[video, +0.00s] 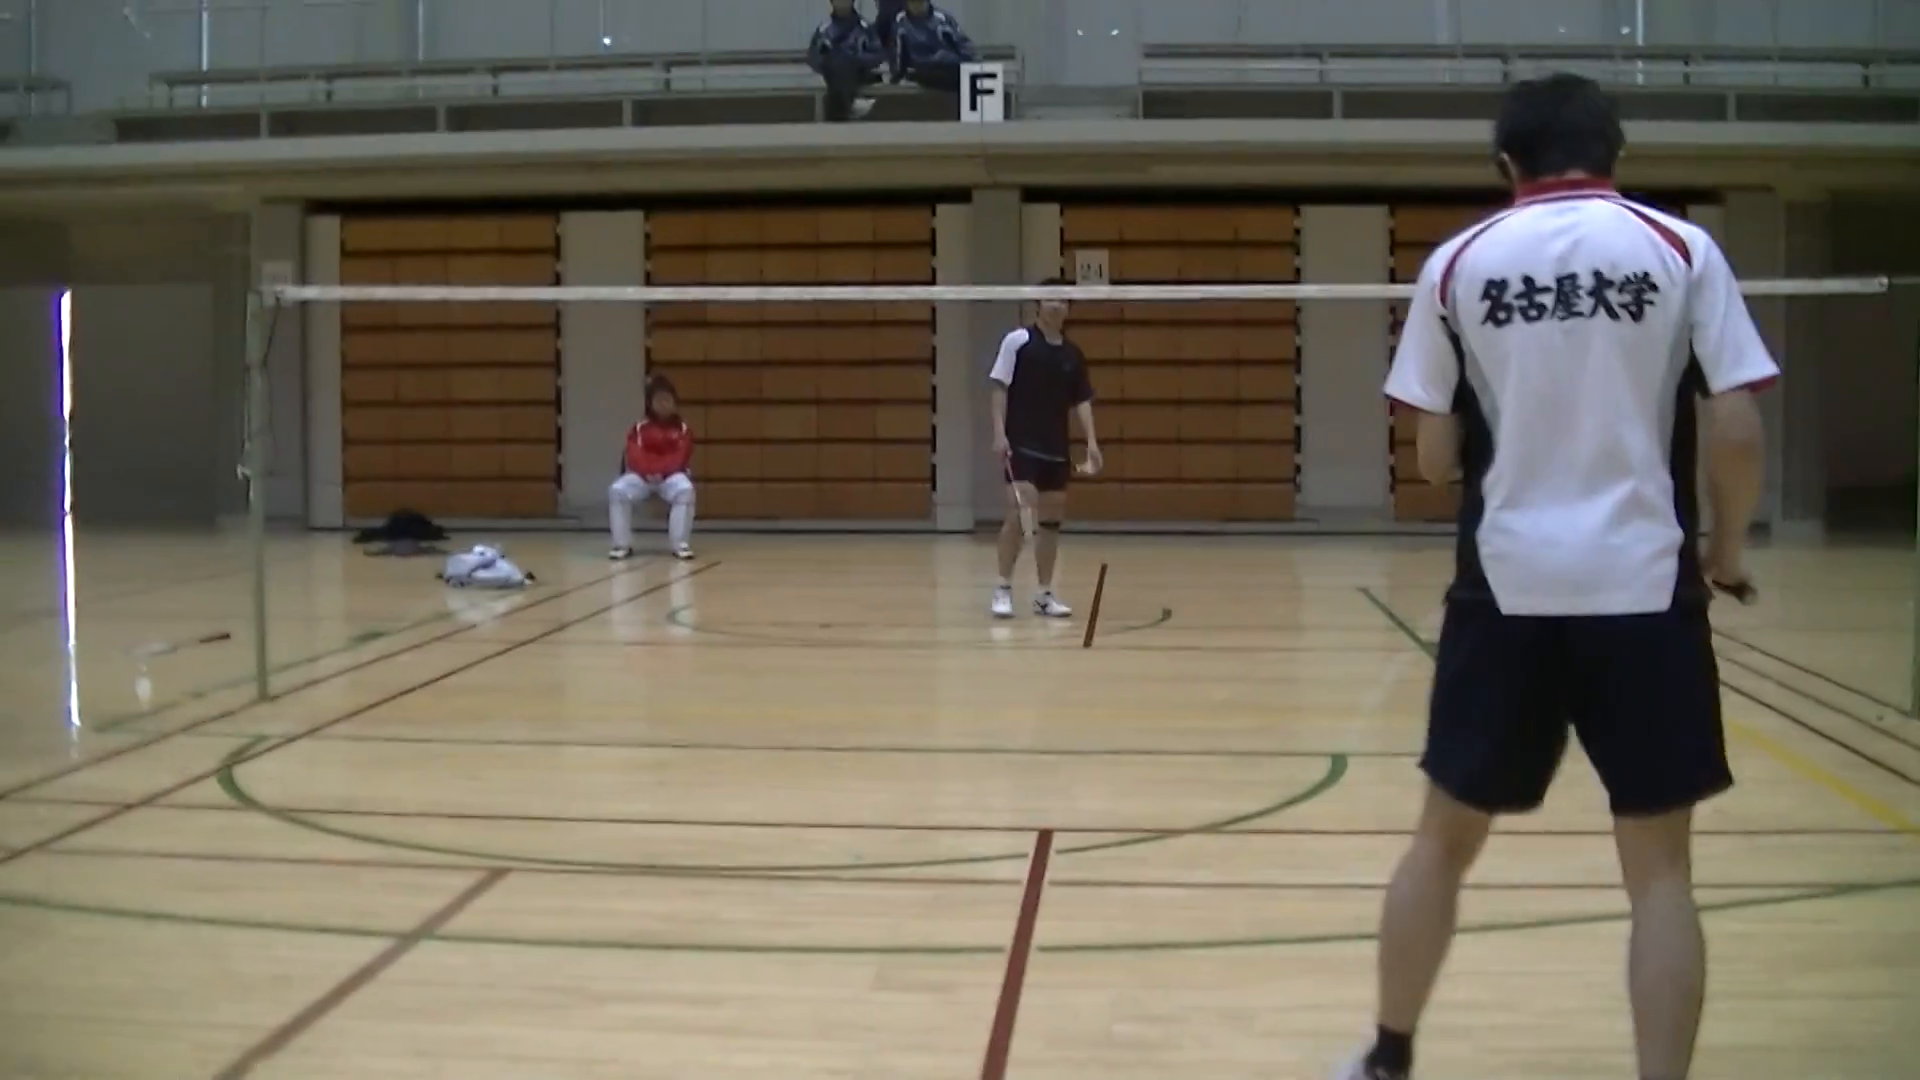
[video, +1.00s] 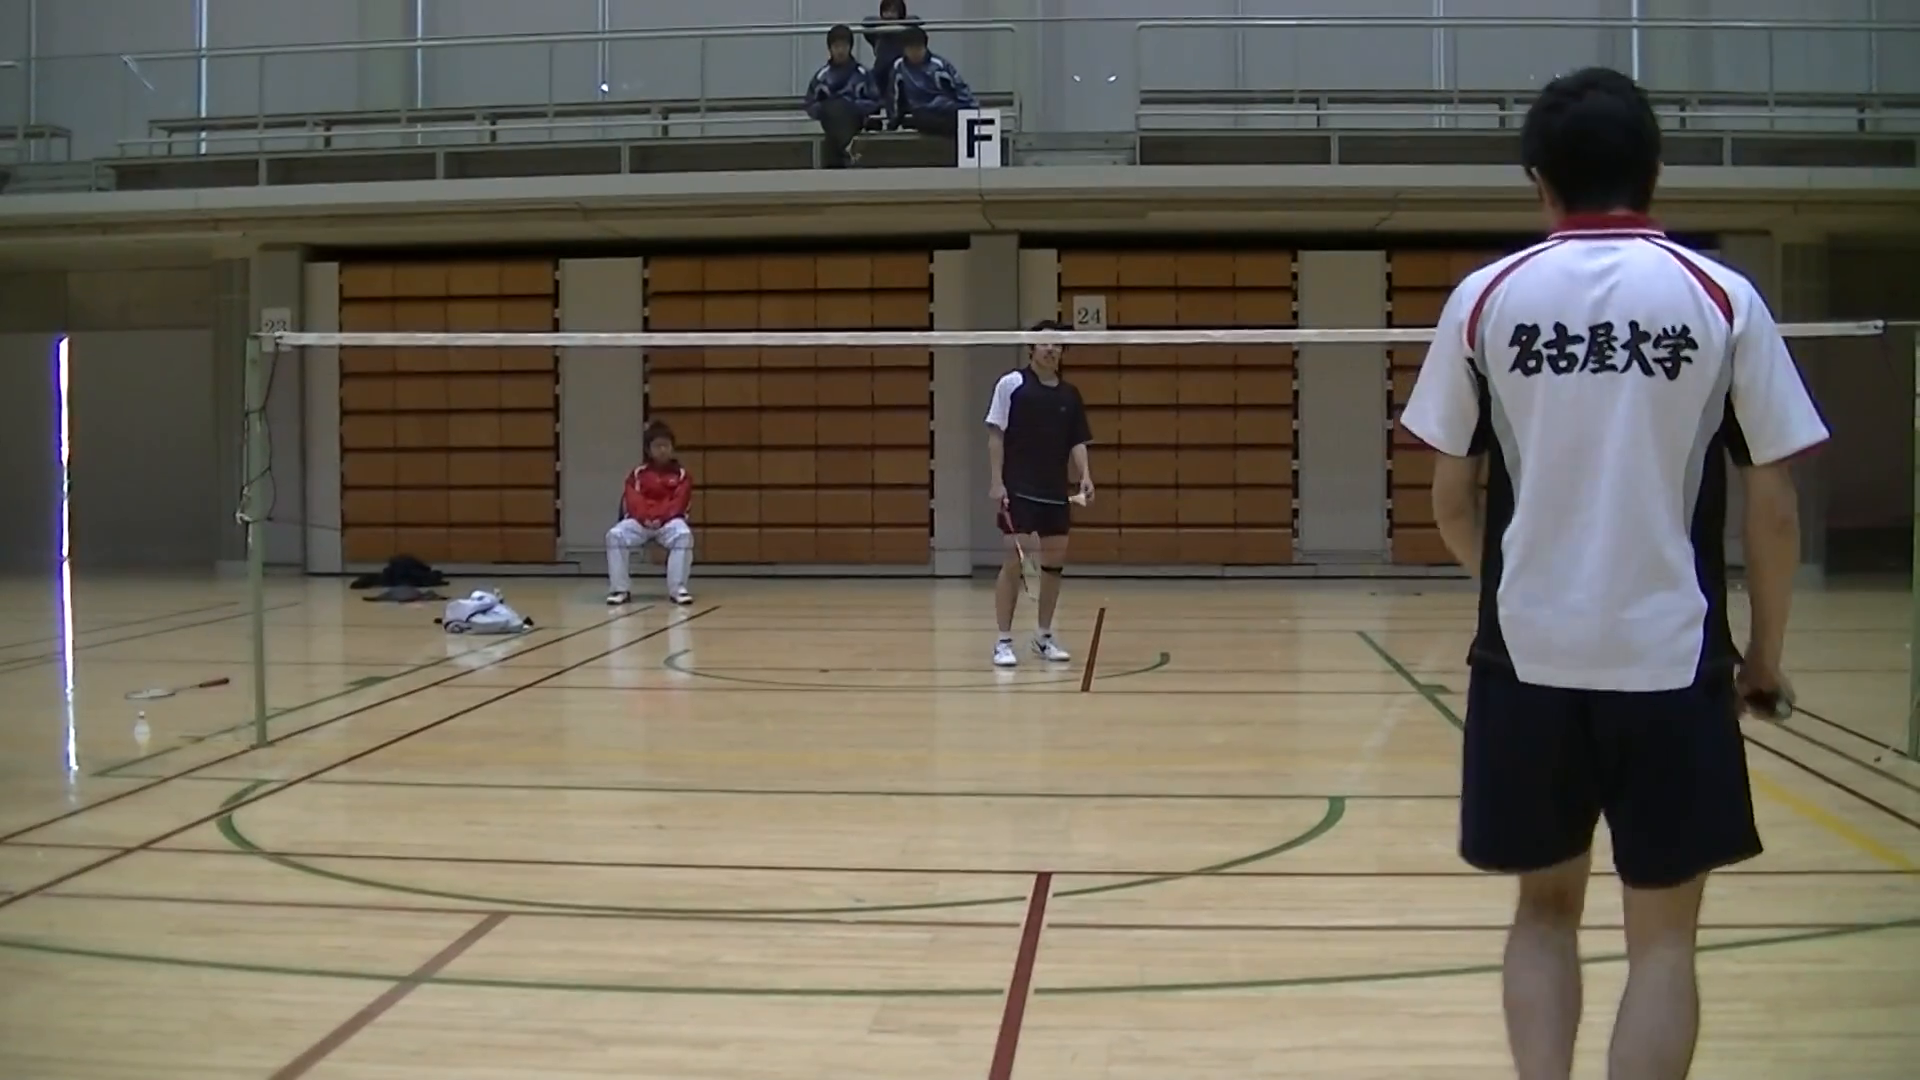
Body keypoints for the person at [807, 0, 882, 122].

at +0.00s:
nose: (842, 5)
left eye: (845, 2)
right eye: (838, 2)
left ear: (852, 3)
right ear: (832, 3)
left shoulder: (866, 27)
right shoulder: (824, 29)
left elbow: (878, 55)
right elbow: (812, 57)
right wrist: (829, 70)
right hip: (834, 82)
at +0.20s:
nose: (843, 36)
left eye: (847, 31)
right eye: (839, 32)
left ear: (854, 33)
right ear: (833, 34)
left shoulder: (865, 59)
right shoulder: (824, 60)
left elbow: (879, 87)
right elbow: (813, 90)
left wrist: (854, 91)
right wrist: (830, 96)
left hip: (858, 106)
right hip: (832, 107)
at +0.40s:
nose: (843, 43)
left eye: (847, 38)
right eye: (839, 39)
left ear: (853, 40)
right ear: (832, 40)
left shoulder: (865, 65)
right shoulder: (824, 67)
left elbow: (878, 94)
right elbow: (813, 97)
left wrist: (853, 99)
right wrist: (830, 102)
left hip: (857, 112)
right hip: (832, 114)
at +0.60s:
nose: (842, 47)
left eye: (846, 43)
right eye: (838, 43)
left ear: (852, 44)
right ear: (832, 45)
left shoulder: (864, 70)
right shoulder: (823, 72)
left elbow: (877, 100)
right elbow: (813, 102)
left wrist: (852, 102)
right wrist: (830, 105)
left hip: (858, 118)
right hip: (832, 119)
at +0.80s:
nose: (841, 50)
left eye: (845, 45)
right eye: (837, 45)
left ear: (851, 47)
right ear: (830, 48)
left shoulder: (864, 73)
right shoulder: (822, 75)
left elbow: (876, 102)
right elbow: (811, 104)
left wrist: (851, 105)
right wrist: (828, 107)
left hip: (857, 121)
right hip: (831, 122)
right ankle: (849, 152)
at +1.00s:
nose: (840, 50)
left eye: (844, 46)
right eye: (836, 46)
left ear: (850, 47)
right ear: (829, 48)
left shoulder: (863, 73)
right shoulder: (821, 75)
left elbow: (874, 103)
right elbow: (810, 105)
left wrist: (849, 105)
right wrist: (827, 107)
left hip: (856, 122)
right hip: (830, 122)